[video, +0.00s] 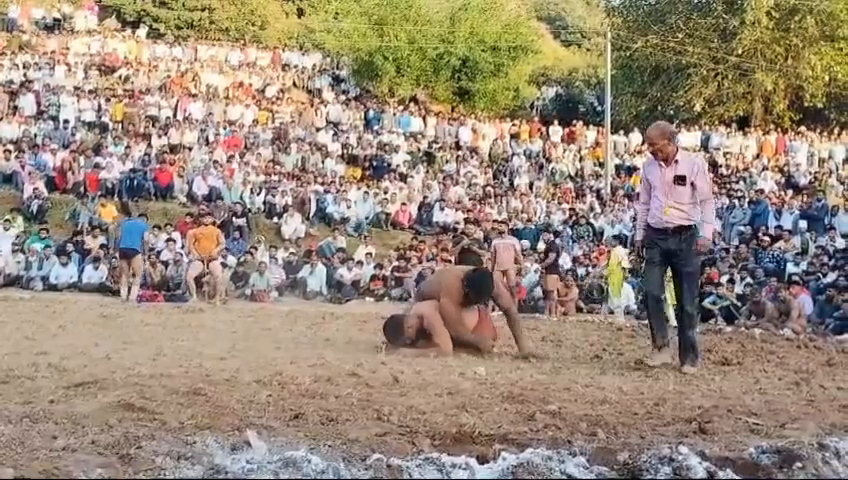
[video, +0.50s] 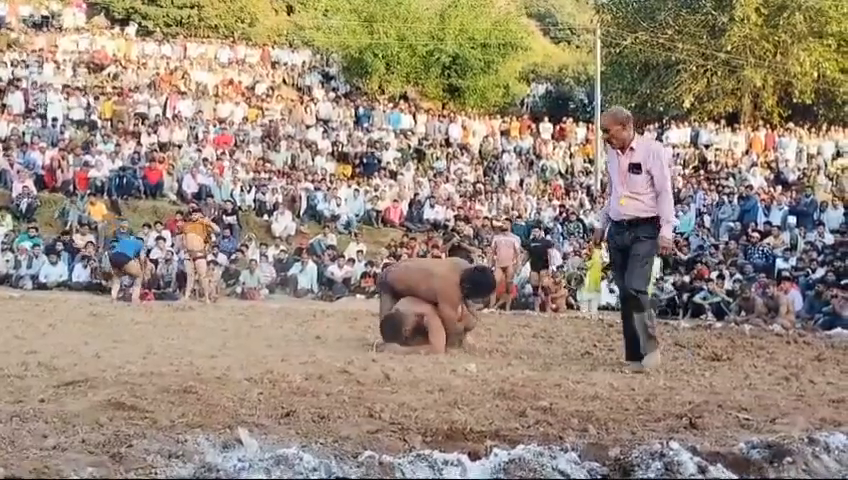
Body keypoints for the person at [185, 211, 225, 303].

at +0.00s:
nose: (207, 219)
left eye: (209, 217)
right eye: (204, 217)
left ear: (212, 218)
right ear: (200, 219)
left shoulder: (216, 231)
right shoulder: (194, 232)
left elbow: (222, 244)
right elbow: (190, 246)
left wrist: (215, 251)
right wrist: (196, 254)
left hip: (213, 258)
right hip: (199, 258)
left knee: (218, 275)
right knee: (190, 276)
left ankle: (217, 298)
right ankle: (194, 297)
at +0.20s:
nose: (202, 217)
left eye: (204, 215)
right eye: (200, 215)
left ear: (207, 217)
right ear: (197, 217)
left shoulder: (212, 227)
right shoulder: (192, 227)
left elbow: (220, 237)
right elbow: (185, 238)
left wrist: (213, 241)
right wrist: (189, 246)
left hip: (208, 254)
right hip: (195, 254)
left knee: (209, 276)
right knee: (191, 275)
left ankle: (211, 298)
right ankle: (190, 296)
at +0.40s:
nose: (196, 216)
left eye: (198, 214)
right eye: (194, 214)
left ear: (201, 215)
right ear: (191, 215)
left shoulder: (205, 226)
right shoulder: (187, 227)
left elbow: (219, 232)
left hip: (202, 253)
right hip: (190, 253)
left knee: (204, 276)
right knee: (191, 275)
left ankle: (207, 297)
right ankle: (188, 296)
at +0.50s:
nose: (194, 216)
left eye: (196, 213)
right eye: (192, 214)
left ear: (200, 214)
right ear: (189, 215)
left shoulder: (203, 223)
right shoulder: (186, 225)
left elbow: (217, 230)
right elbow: (180, 235)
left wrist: (208, 222)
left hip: (200, 252)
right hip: (188, 252)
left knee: (203, 276)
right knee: (189, 275)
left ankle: (206, 297)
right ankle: (187, 296)